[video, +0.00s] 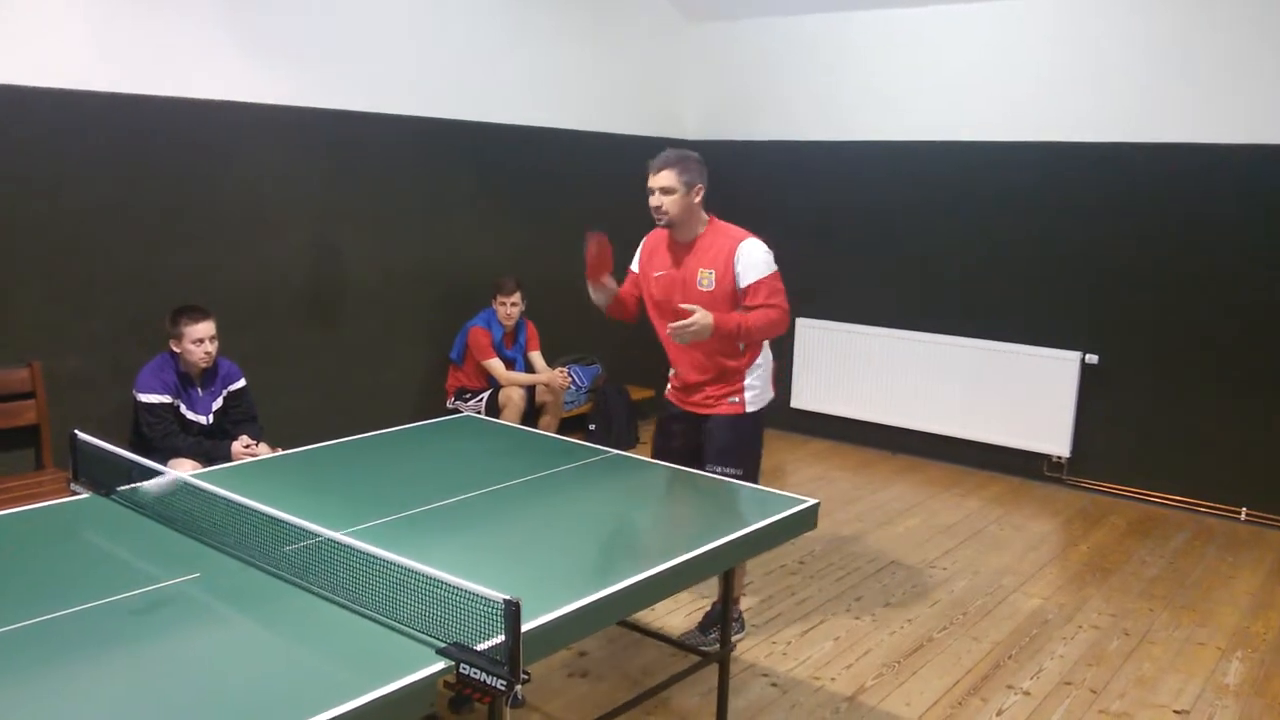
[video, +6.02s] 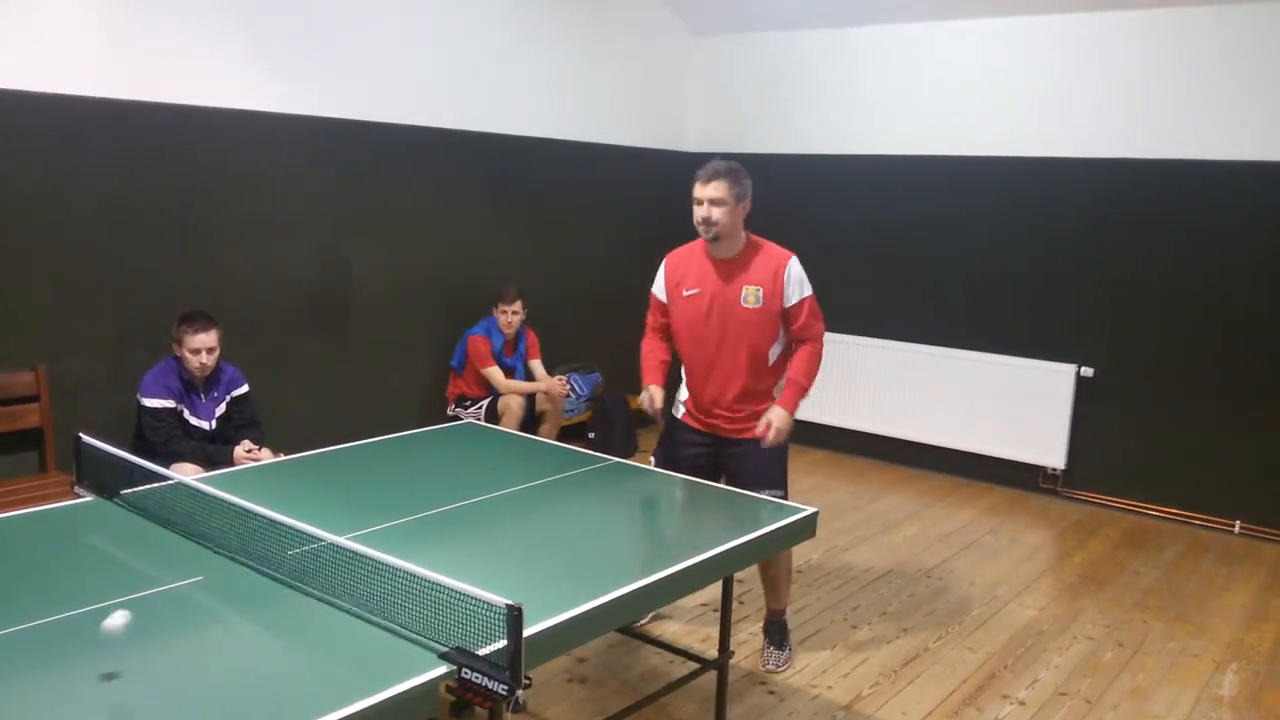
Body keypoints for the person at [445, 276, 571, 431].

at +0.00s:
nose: (508, 311)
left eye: (514, 305)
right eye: (502, 304)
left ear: (523, 306)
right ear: (494, 304)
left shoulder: (527, 328)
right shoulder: (478, 331)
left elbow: (542, 369)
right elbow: (503, 378)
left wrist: (556, 377)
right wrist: (547, 379)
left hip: (501, 391)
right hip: (465, 397)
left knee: (554, 393)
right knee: (515, 395)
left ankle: (542, 453)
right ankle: (504, 454)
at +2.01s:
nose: (513, 311)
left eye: (520, 305)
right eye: (508, 305)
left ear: (529, 307)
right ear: (500, 304)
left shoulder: (533, 328)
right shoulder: (483, 330)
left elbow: (547, 368)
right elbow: (508, 377)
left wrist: (561, 376)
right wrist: (553, 377)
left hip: (505, 390)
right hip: (470, 397)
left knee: (559, 391)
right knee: (521, 394)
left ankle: (546, 451)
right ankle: (509, 451)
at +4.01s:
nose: (501, 318)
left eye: (507, 312)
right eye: (495, 312)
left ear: (517, 314)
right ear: (488, 312)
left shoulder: (521, 336)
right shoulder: (471, 338)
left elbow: (535, 376)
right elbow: (496, 386)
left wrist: (549, 385)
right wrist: (540, 386)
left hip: (494, 399)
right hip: (458, 405)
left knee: (548, 400)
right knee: (508, 402)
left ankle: (536, 461)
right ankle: (496, 461)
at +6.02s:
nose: (509, 319)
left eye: (515, 313)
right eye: (503, 313)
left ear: (524, 315)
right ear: (495, 312)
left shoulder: (527, 337)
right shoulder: (477, 339)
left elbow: (542, 378)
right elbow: (502, 386)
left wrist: (555, 385)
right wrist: (545, 386)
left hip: (501, 399)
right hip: (465, 406)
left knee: (554, 401)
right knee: (514, 403)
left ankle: (541, 463)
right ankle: (502, 462)